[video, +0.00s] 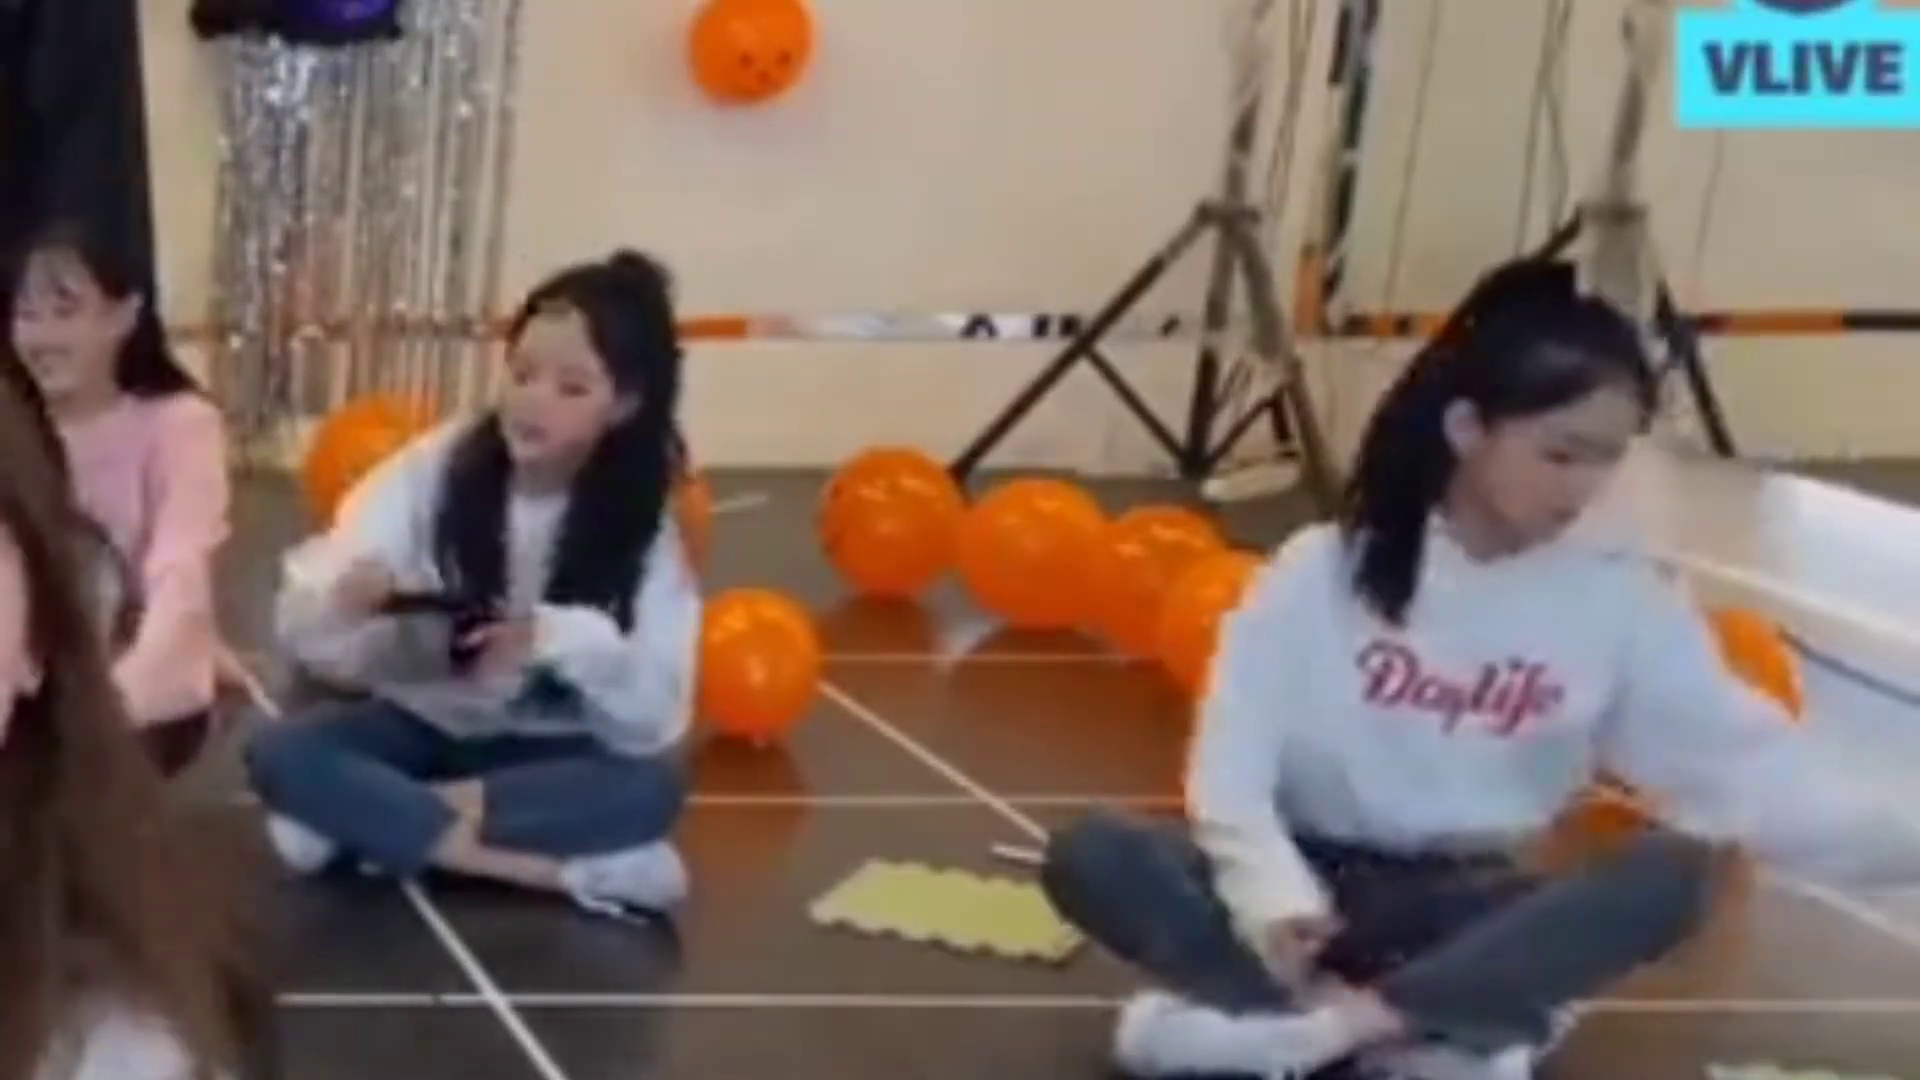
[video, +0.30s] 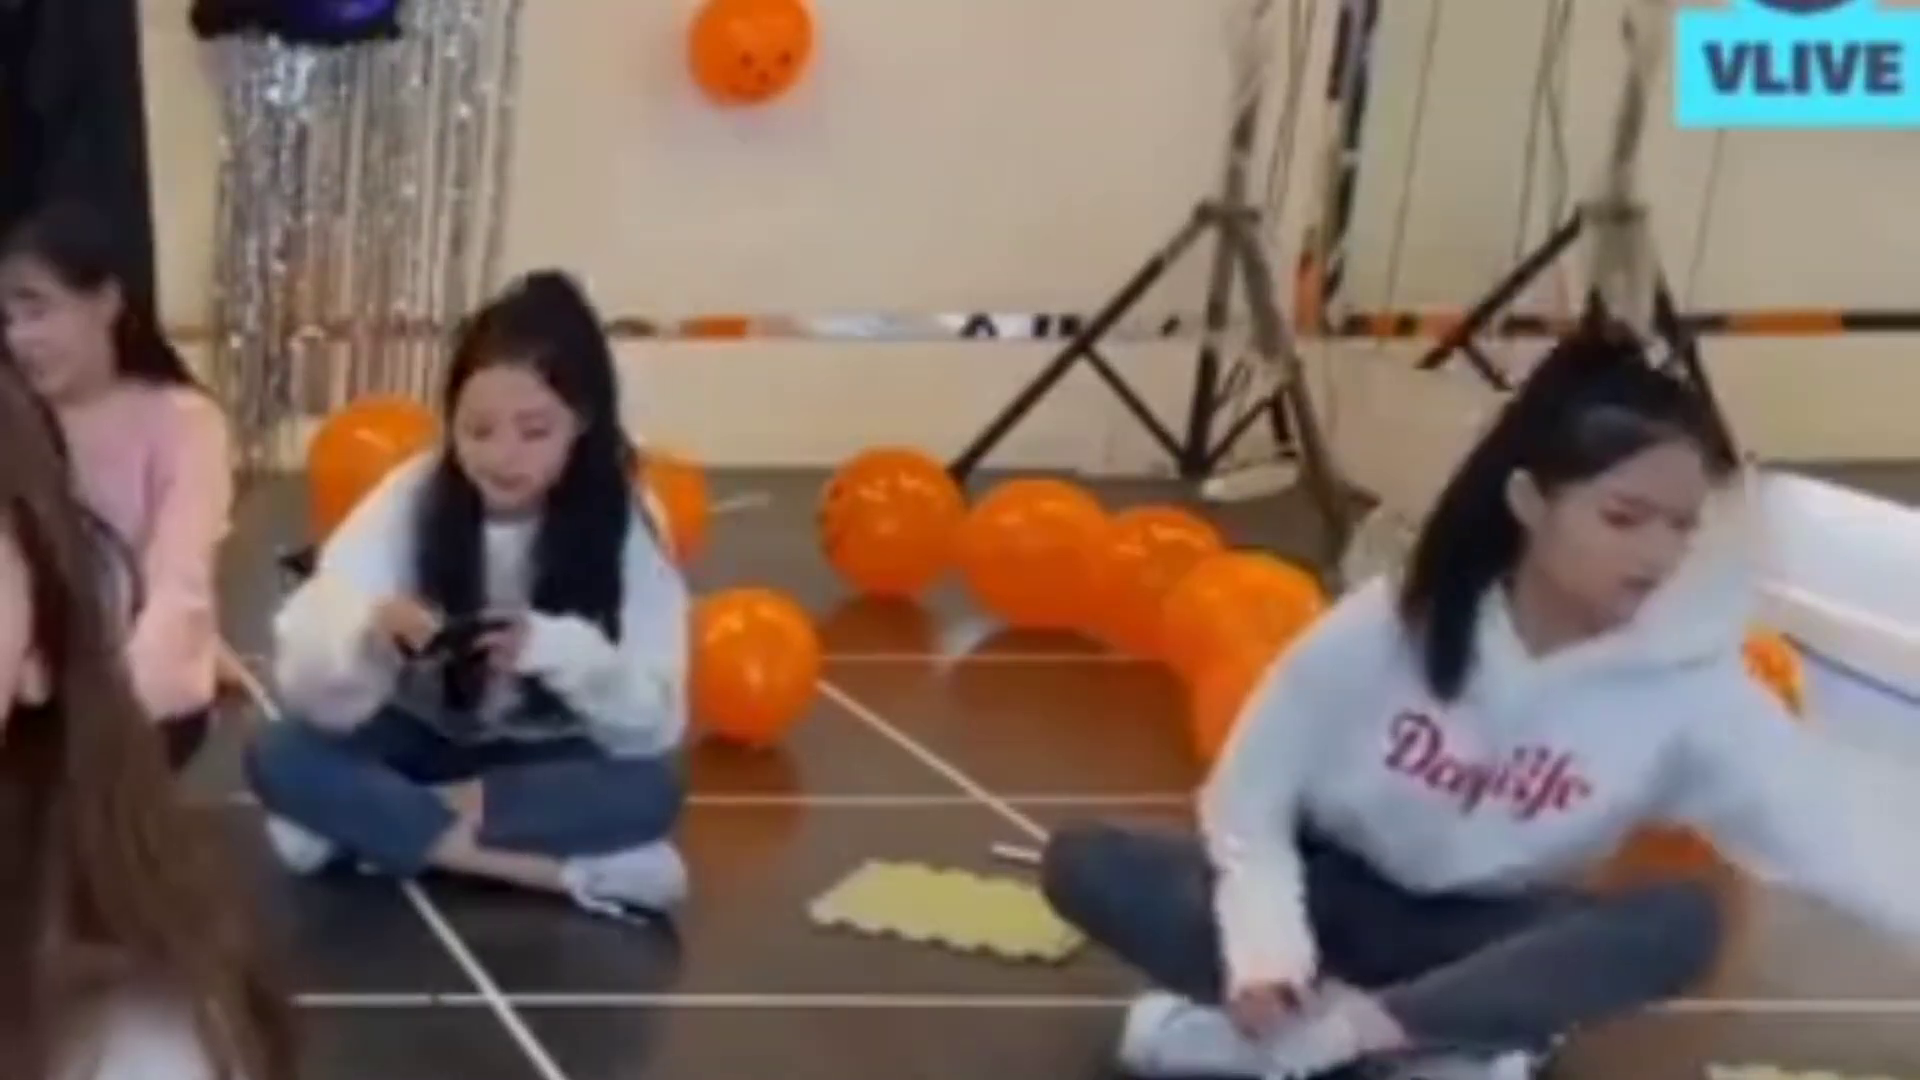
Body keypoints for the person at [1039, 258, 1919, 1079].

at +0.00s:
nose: (1585, 491)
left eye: (1609, 464)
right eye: (1563, 457)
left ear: (1629, 454)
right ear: (1464, 427)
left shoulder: (1619, 603)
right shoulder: (1319, 571)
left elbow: (1751, 773)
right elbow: (1229, 770)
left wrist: (1902, 829)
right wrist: (1286, 917)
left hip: (1469, 906)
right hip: (1300, 882)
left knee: (1670, 879)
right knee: (1086, 851)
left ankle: (1310, 1038)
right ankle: (1399, 1044)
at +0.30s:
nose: (1658, 558)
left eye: (1684, 526)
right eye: (1627, 519)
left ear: (1705, 525)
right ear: (1528, 501)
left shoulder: (1692, 694)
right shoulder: (1379, 633)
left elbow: (1851, 846)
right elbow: (1246, 795)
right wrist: (1267, 947)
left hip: (1480, 932)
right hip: (1314, 893)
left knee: (1683, 921)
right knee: (1084, 861)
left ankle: (1321, 1034)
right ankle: (1408, 1043)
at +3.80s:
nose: (1434, 387)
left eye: (1438, 367)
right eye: (1415, 377)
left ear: (1493, 389)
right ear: (1394, 437)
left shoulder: (1537, 548)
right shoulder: (1257, 558)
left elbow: (1468, 758)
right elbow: (1173, 732)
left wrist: (1305, 742)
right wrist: (1148, 813)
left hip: (1462, 891)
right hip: (1285, 879)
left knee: (1644, 933)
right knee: (1071, 869)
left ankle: (1281, 1031)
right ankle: (1404, 1044)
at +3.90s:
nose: (1413, 389)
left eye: (1434, 370)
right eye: (1393, 363)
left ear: (1493, 393)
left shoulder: (1532, 562)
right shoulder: (1264, 540)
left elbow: (1470, 754)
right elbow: (1172, 710)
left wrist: (1295, 707)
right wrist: (1149, 818)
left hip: (1458, 890)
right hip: (1283, 878)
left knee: (1644, 933)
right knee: (1071, 871)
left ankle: (1281, 1032)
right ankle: (1404, 1044)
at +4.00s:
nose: (1408, 405)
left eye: (1436, 381)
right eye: (1383, 376)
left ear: (1502, 394)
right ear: (1336, 372)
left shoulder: (1546, 566)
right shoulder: (1263, 529)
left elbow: (1471, 765)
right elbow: (1174, 742)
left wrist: (1295, 710)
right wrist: (1152, 826)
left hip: (1465, 890)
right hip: (1287, 877)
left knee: (1644, 933)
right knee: (1072, 872)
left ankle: (1283, 1033)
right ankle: (1409, 1045)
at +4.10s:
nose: (1404, 429)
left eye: (1440, 399)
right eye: (1376, 398)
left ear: (1509, 398)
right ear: (1344, 394)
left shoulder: (1551, 566)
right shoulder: (1296, 521)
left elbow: (1492, 783)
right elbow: (1186, 686)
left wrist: (1305, 748)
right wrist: (1163, 822)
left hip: (1459, 884)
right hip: (1286, 874)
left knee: (1644, 933)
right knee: (1069, 871)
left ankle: (1286, 1031)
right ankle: (1409, 1044)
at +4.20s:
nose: (1408, 430)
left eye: (1448, 401)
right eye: (1384, 398)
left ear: (1517, 403)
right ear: (1357, 394)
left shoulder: (1562, 571)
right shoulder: (1315, 531)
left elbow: (1493, 786)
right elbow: (1199, 691)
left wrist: (1306, 781)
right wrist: (1189, 827)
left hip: (1460, 894)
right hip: (1285, 878)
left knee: (1644, 932)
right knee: (1074, 869)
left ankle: (1286, 1031)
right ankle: (1406, 1045)